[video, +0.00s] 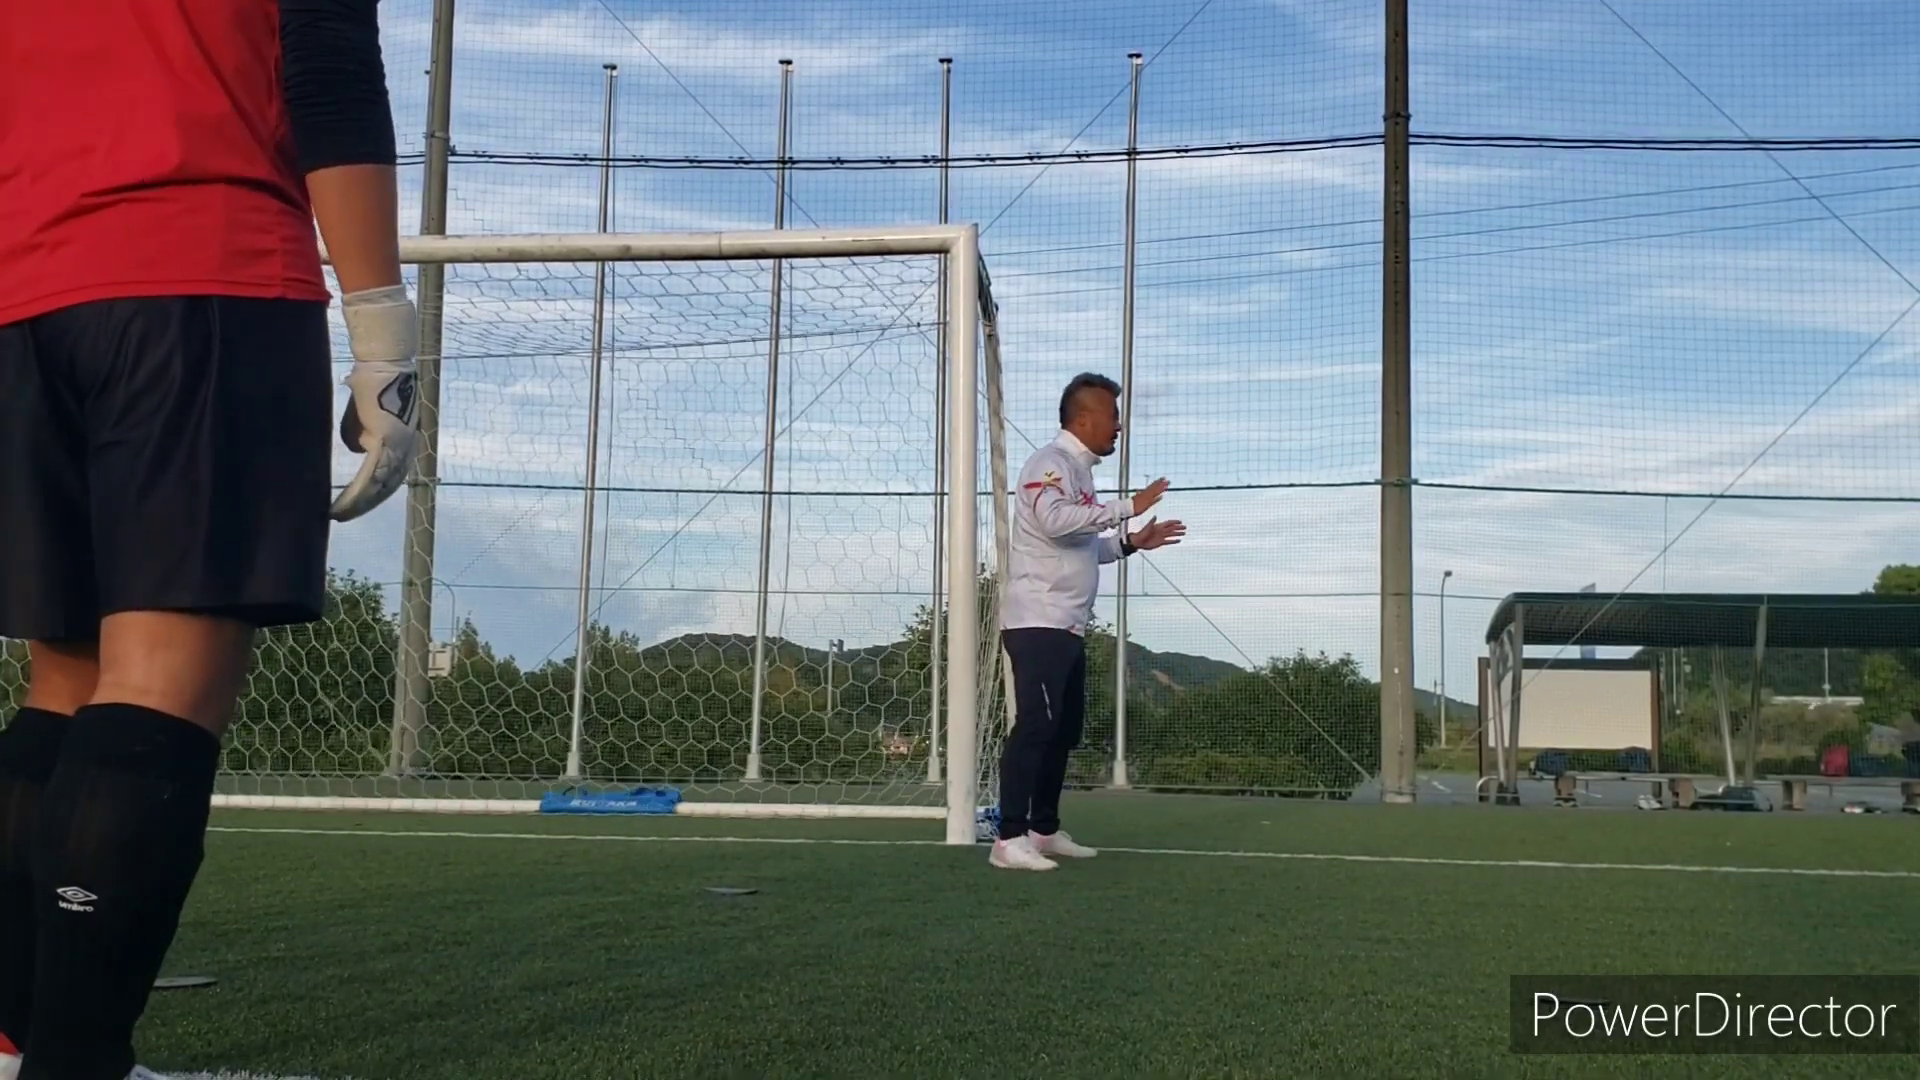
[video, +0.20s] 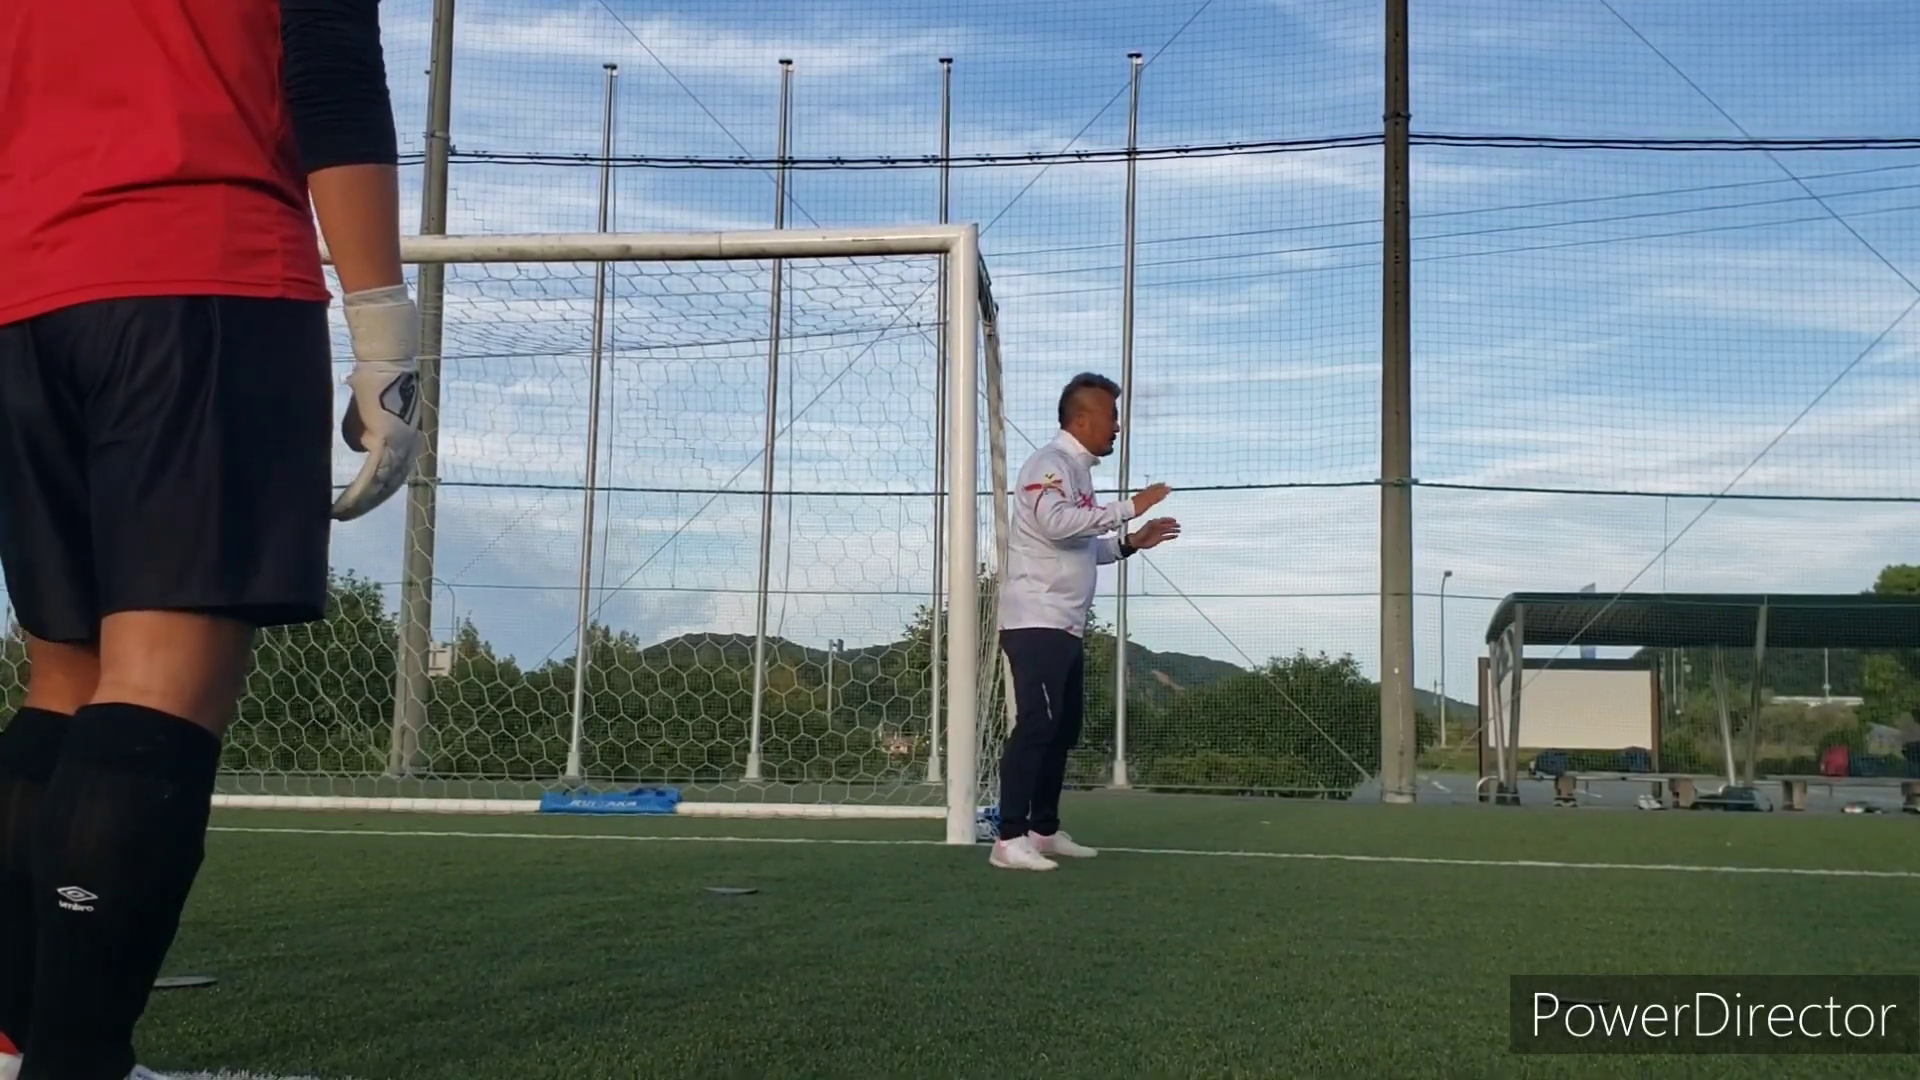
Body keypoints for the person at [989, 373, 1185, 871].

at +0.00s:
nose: (1119, 424)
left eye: (1118, 414)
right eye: (1112, 413)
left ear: (1088, 419)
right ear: (1082, 416)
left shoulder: (1082, 477)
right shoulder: (1050, 461)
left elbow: (1087, 549)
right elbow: (1053, 520)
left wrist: (1134, 541)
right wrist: (1127, 507)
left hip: (1065, 622)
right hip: (1035, 619)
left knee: (1063, 728)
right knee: (1036, 725)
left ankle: (1044, 831)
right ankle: (1009, 841)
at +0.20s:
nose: (1117, 425)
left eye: (1117, 415)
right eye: (1111, 414)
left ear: (1086, 419)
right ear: (1081, 417)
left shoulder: (1080, 476)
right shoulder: (1049, 462)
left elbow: (1084, 548)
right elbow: (1054, 522)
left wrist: (1131, 541)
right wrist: (1127, 508)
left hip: (1064, 623)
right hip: (1034, 619)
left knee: (1062, 729)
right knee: (1036, 725)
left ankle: (1043, 832)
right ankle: (1009, 841)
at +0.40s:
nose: (1109, 424)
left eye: (1108, 415)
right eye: (1101, 415)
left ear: (1079, 421)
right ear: (1072, 418)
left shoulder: (1076, 478)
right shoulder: (1045, 464)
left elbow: (1094, 547)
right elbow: (1070, 517)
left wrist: (1130, 514)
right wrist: (1128, 484)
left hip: (1065, 625)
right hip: (1034, 620)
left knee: (1066, 728)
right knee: (1042, 724)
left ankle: (1043, 832)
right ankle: (1010, 841)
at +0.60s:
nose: (1098, 414)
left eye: (1096, 406)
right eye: (1089, 405)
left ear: (1070, 414)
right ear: (1058, 413)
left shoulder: (1075, 470)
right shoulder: (1037, 460)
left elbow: (1129, 501)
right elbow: (1093, 480)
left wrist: (1163, 458)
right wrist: (1146, 433)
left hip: (1064, 622)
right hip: (1032, 619)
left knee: (1062, 729)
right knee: (1036, 725)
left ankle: (1043, 831)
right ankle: (1009, 841)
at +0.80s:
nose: (1093, 420)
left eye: (1093, 412)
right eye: (1085, 411)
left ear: (1066, 416)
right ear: (1052, 415)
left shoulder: (1081, 477)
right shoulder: (1029, 464)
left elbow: (1114, 521)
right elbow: (1067, 511)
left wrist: (1160, 527)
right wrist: (1148, 516)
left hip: (1061, 620)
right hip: (1026, 616)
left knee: (1062, 726)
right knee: (1034, 723)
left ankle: (1042, 831)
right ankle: (1009, 841)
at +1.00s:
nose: (1098, 429)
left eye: (1100, 420)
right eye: (1089, 420)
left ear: (1095, 423)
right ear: (1056, 422)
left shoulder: (1089, 484)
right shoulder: (1025, 472)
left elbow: (1112, 530)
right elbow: (1060, 533)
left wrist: (1148, 552)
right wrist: (1131, 555)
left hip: (1055, 621)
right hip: (1012, 614)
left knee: (1061, 725)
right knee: (1026, 720)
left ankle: (1042, 832)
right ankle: (1008, 841)